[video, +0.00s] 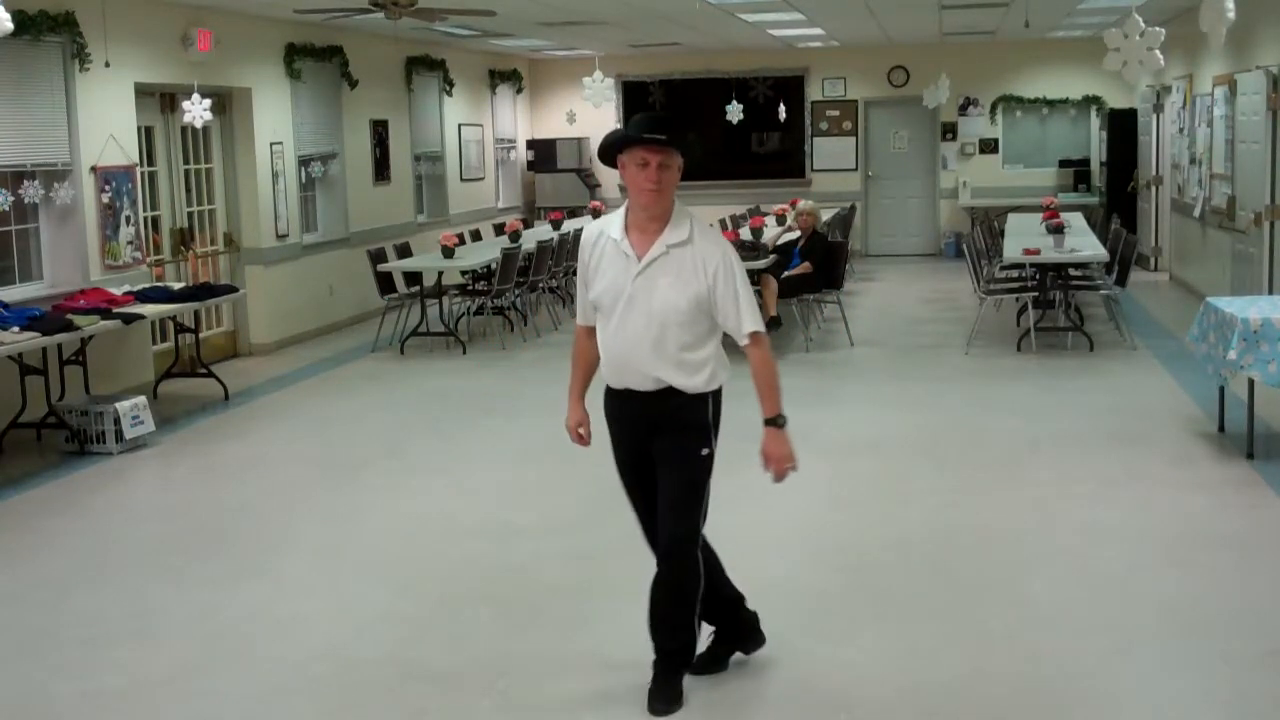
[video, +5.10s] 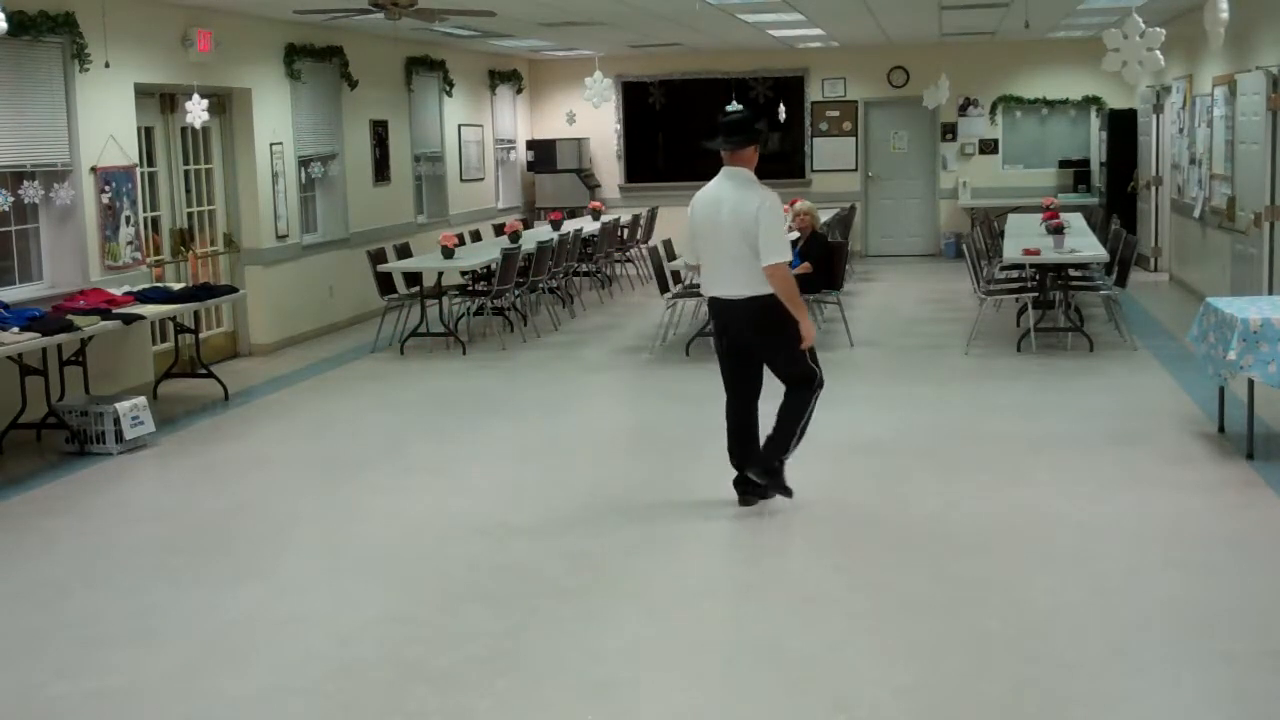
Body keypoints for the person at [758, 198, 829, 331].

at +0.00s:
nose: (804, 218)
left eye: (808, 215)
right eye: (801, 215)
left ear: (815, 218)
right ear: (796, 219)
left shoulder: (820, 239)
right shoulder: (795, 242)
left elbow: (809, 266)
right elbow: (767, 249)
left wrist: (785, 275)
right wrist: (784, 230)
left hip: (809, 278)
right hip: (791, 275)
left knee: (767, 290)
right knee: (766, 276)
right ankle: (773, 316)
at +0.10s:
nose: (804, 218)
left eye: (808, 215)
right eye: (800, 215)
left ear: (815, 219)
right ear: (796, 220)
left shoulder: (819, 239)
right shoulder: (796, 241)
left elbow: (809, 267)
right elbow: (768, 249)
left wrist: (785, 276)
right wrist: (784, 229)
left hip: (809, 278)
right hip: (790, 274)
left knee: (765, 290)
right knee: (766, 276)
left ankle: (761, 343)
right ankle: (771, 327)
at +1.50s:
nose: (804, 219)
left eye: (808, 216)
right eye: (800, 216)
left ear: (815, 219)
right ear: (795, 219)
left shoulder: (820, 239)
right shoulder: (795, 242)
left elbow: (810, 266)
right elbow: (768, 249)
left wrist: (787, 274)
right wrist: (784, 231)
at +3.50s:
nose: (802, 220)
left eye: (806, 216)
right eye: (798, 217)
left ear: (814, 219)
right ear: (795, 221)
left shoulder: (820, 240)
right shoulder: (796, 242)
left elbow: (809, 267)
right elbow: (767, 249)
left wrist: (785, 276)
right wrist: (785, 230)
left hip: (809, 279)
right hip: (790, 275)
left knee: (769, 291)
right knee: (765, 275)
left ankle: (769, 343)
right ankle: (773, 315)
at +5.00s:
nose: (801, 218)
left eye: (805, 215)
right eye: (798, 215)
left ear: (812, 218)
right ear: (794, 220)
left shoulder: (819, 239)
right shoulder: (795, 242)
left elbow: (809, 266)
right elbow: (768, 249)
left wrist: (786, 275)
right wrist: (785, 231)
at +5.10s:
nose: (801, 218)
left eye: (805, 215)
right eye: (798, 215)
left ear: (812, 218)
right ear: (794, 220)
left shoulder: (819, 239)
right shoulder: (793, 241)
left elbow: (810, 266)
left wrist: (787, 275)